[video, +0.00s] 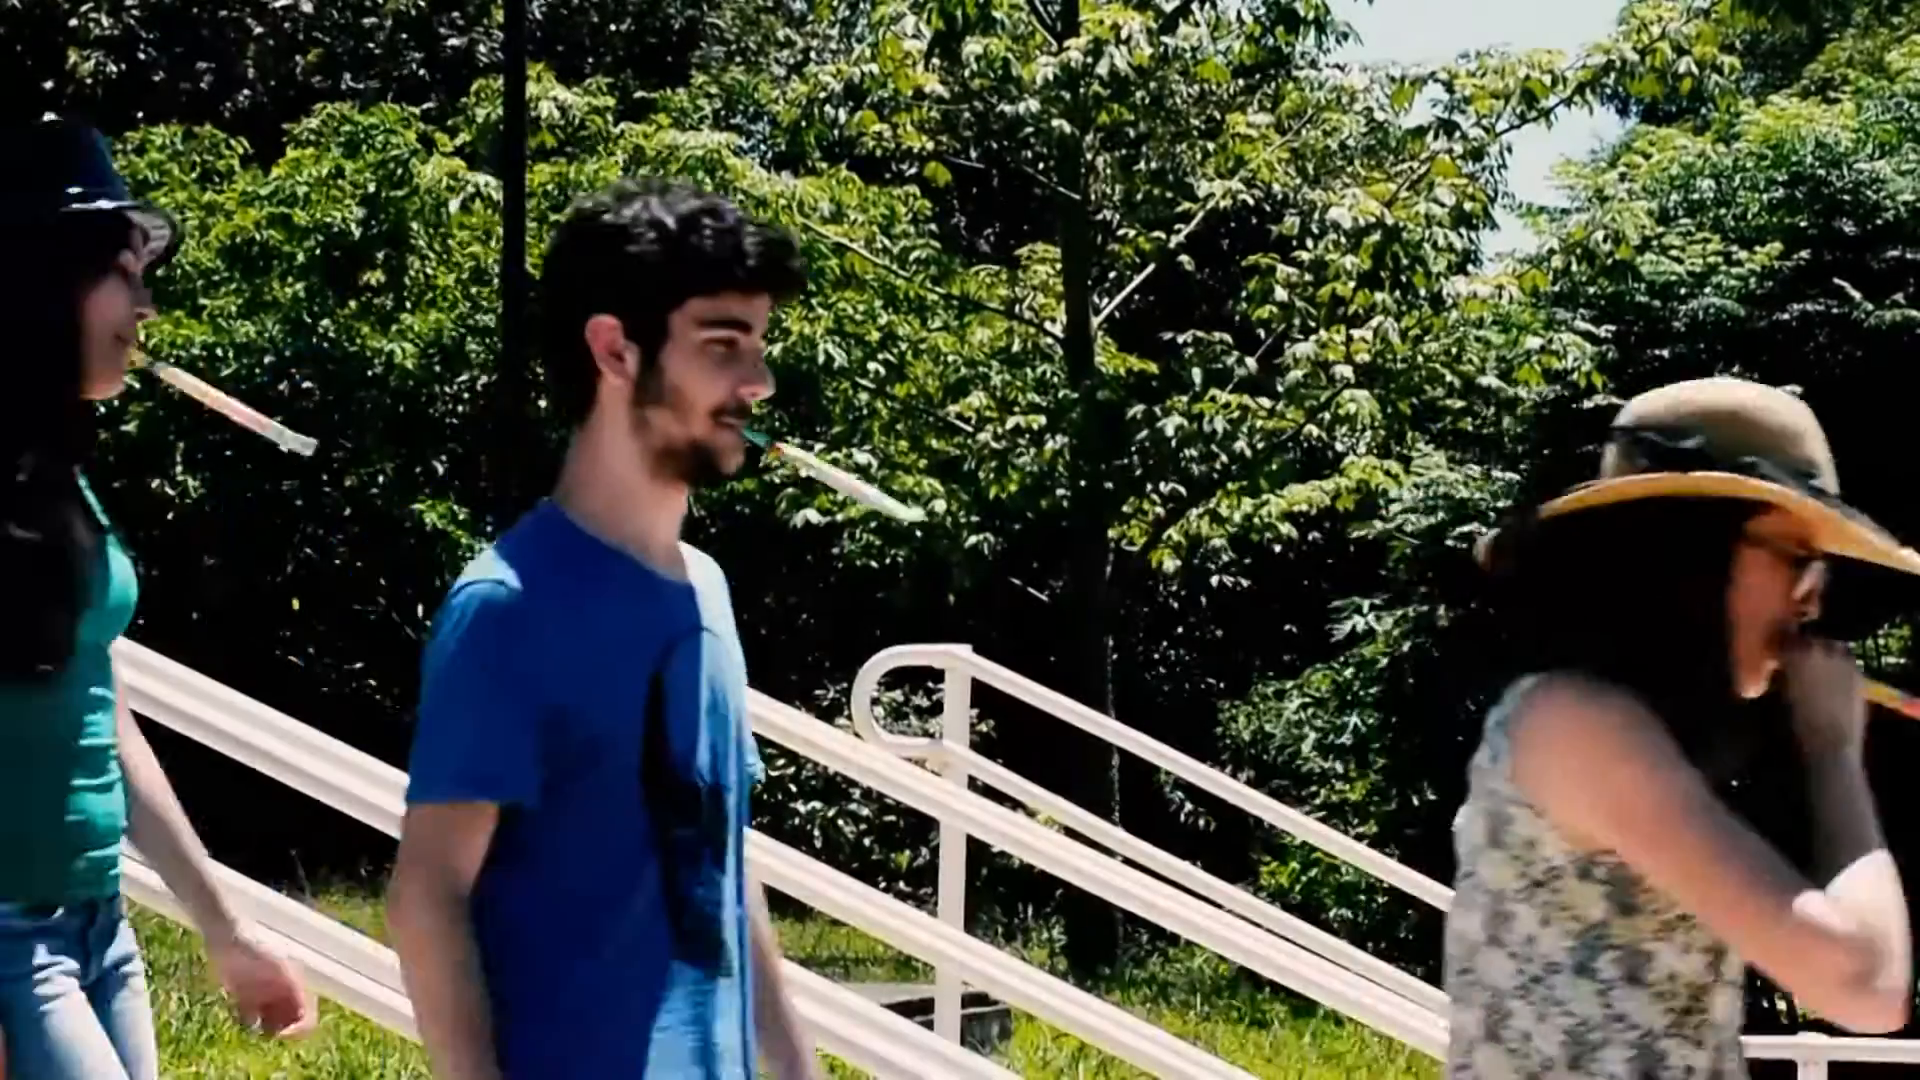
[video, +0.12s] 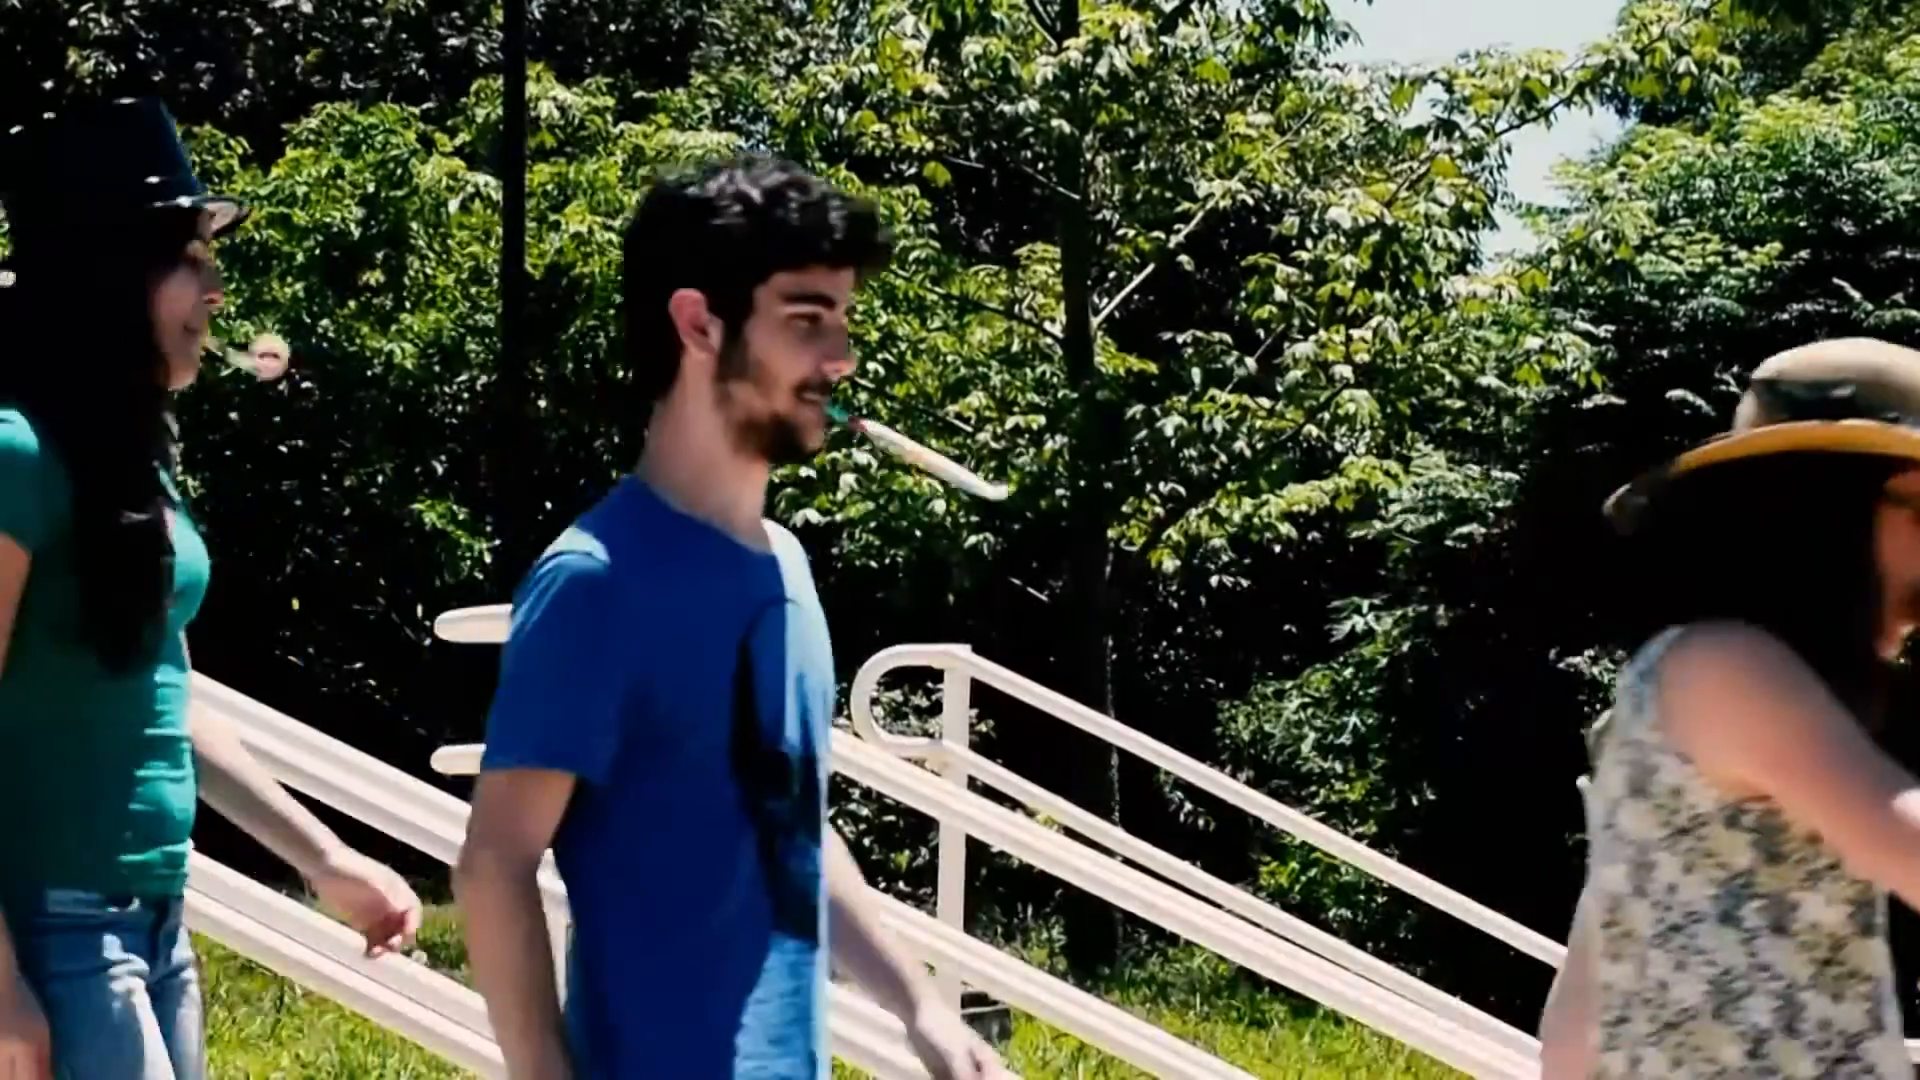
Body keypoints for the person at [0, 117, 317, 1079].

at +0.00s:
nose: (143, 308)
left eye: (142, 278)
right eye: (119, 276)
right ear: (38, 290)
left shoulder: (62, 486)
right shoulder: (8, 493)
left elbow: (104, 722)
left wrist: (223, 929)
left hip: (100, 924)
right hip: (11, 940)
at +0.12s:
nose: (215, 293)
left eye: (212, 264)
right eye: (191, 264)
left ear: (127, 283)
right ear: (110, 276)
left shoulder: (137, 453)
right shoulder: (25, 457)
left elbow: (163, 698)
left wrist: (323, 860)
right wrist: (3, 987)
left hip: (154, 925)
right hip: (58, 936)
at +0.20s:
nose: (259, 322)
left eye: (256, 292)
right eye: (232, 293)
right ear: (153, 306)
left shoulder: (176, 480)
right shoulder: (66, 488)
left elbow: (201, 738)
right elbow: (4, 755)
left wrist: (378, 852)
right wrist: (39, 1007)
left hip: (200, 961)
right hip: (107, 968)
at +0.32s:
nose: (318, 387)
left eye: (310, 360)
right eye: (277, 372)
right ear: (201, 402)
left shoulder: (262, 558)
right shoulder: (130, 563)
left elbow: (286, 826)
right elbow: (86, 827)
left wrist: (462, 939)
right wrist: (129, 1060)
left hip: (274, 1029)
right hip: (167, 1034)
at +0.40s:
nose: (346, 435)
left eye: (343, 401)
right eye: (300, 418)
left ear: (359, 405)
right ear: (233, 454)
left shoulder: (339, 607)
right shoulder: (168, 610)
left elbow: (357, 862)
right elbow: (155, 880)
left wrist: (487, 1043)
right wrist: (194, 1069)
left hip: (327, 1046)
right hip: (212, 1047)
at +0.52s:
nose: (394, 435)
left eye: (395, 398)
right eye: (348, 419)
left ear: (412, 401)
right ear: (282, 457)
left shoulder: (420, 601)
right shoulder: (221, 619)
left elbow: (437, 864)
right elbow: (215, 884)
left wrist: (450, 1050)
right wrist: (279, 1068)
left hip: (415, 1047)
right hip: (277, 1047)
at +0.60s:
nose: (454, 407)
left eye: (457, 373)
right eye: (410, 387)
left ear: (469, 380)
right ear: (338, 423)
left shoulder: (474, 584)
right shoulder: (270, 606)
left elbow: (462, 828)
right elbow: (262, 870)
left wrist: (482, 1025)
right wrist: (330, 1066)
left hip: (472, 1041)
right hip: (331, 1046)